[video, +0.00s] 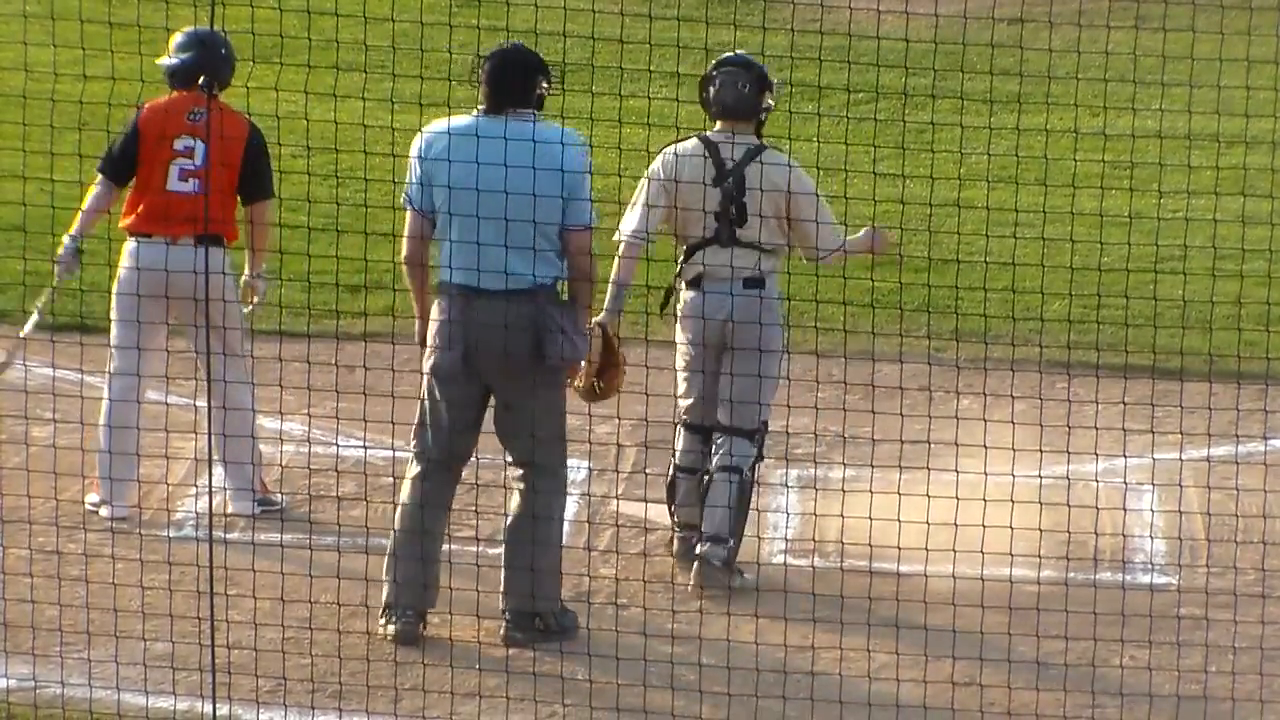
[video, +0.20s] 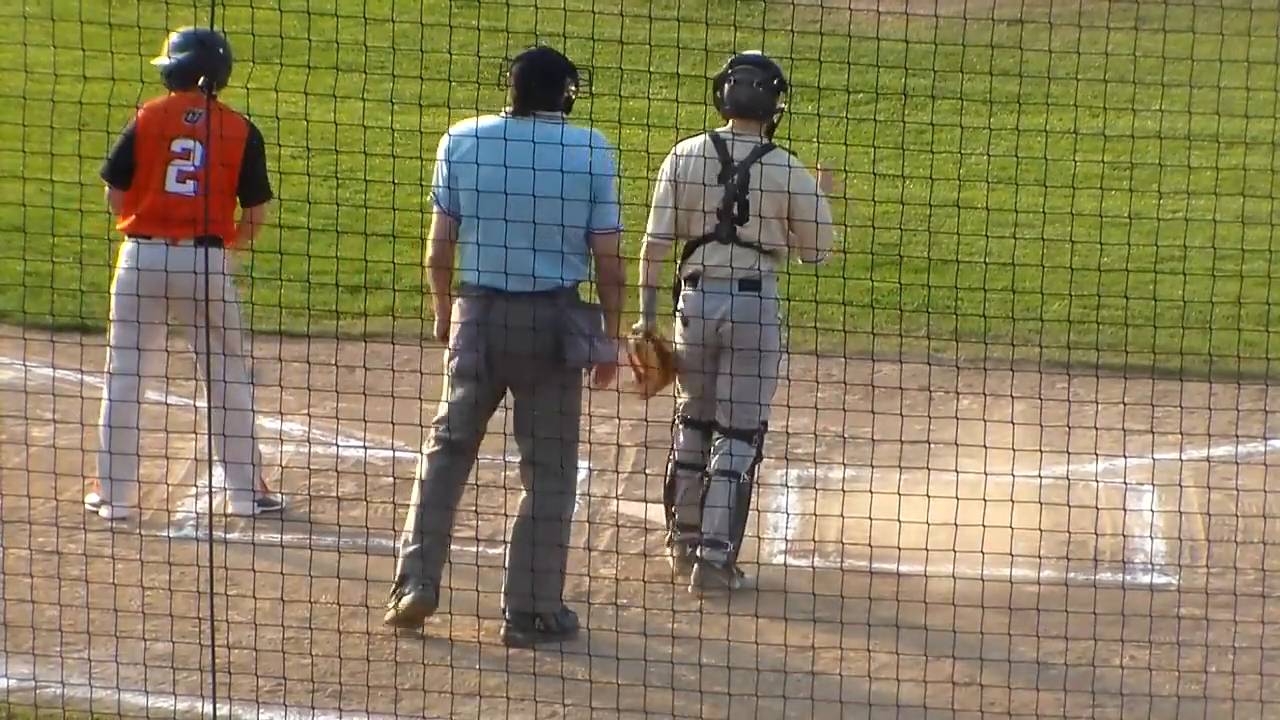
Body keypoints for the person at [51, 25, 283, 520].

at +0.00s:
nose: (167, 76)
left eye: (171, 70)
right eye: (169, 71)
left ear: (180, 72)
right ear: (222, 76)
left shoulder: (149, 117)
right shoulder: (244, 130)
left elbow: (107, 185)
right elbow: (260, 211)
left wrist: (72, 237)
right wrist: (257, 270)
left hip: (142, 262)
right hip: (207, 264)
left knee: (125, 375)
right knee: (230, 375)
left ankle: (114, 495)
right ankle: (247, 491)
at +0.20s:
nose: (163, 77)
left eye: (168, 70)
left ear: (174, 71)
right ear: (219, 75)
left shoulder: (148, 117)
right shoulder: (242, 130)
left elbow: (116, 191)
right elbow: (256, 213)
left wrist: (144, 219)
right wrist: (229, 236)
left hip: (141, 259)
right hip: (206, 264)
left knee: (125, 373)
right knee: (228, 373)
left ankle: (114, 494)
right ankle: (248, 491)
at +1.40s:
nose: (150, 78)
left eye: (154, 72)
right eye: (152, 73)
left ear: (160, 72)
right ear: (205, 72)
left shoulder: (135, 117)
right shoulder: (232, 125)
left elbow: (118, 173)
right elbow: (259, 192)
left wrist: (175, 150)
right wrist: (224, 144)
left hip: (139, 262)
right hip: (205, 265)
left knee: (125, 375)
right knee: (227, 375)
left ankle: (113, 495)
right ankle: (248, 492)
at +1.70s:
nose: (149, 77)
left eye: (152, 71)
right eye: (151, 71)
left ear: (158, 72)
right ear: (205, 71)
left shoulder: (134, 118)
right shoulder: (230, 125)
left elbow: (118, 175)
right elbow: (259, 192)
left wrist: (179, 139)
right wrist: (224, 138)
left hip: (139, 262)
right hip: (205, 265)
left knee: (125, 375)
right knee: (227, 375)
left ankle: (113, 495)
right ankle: (248, 492)